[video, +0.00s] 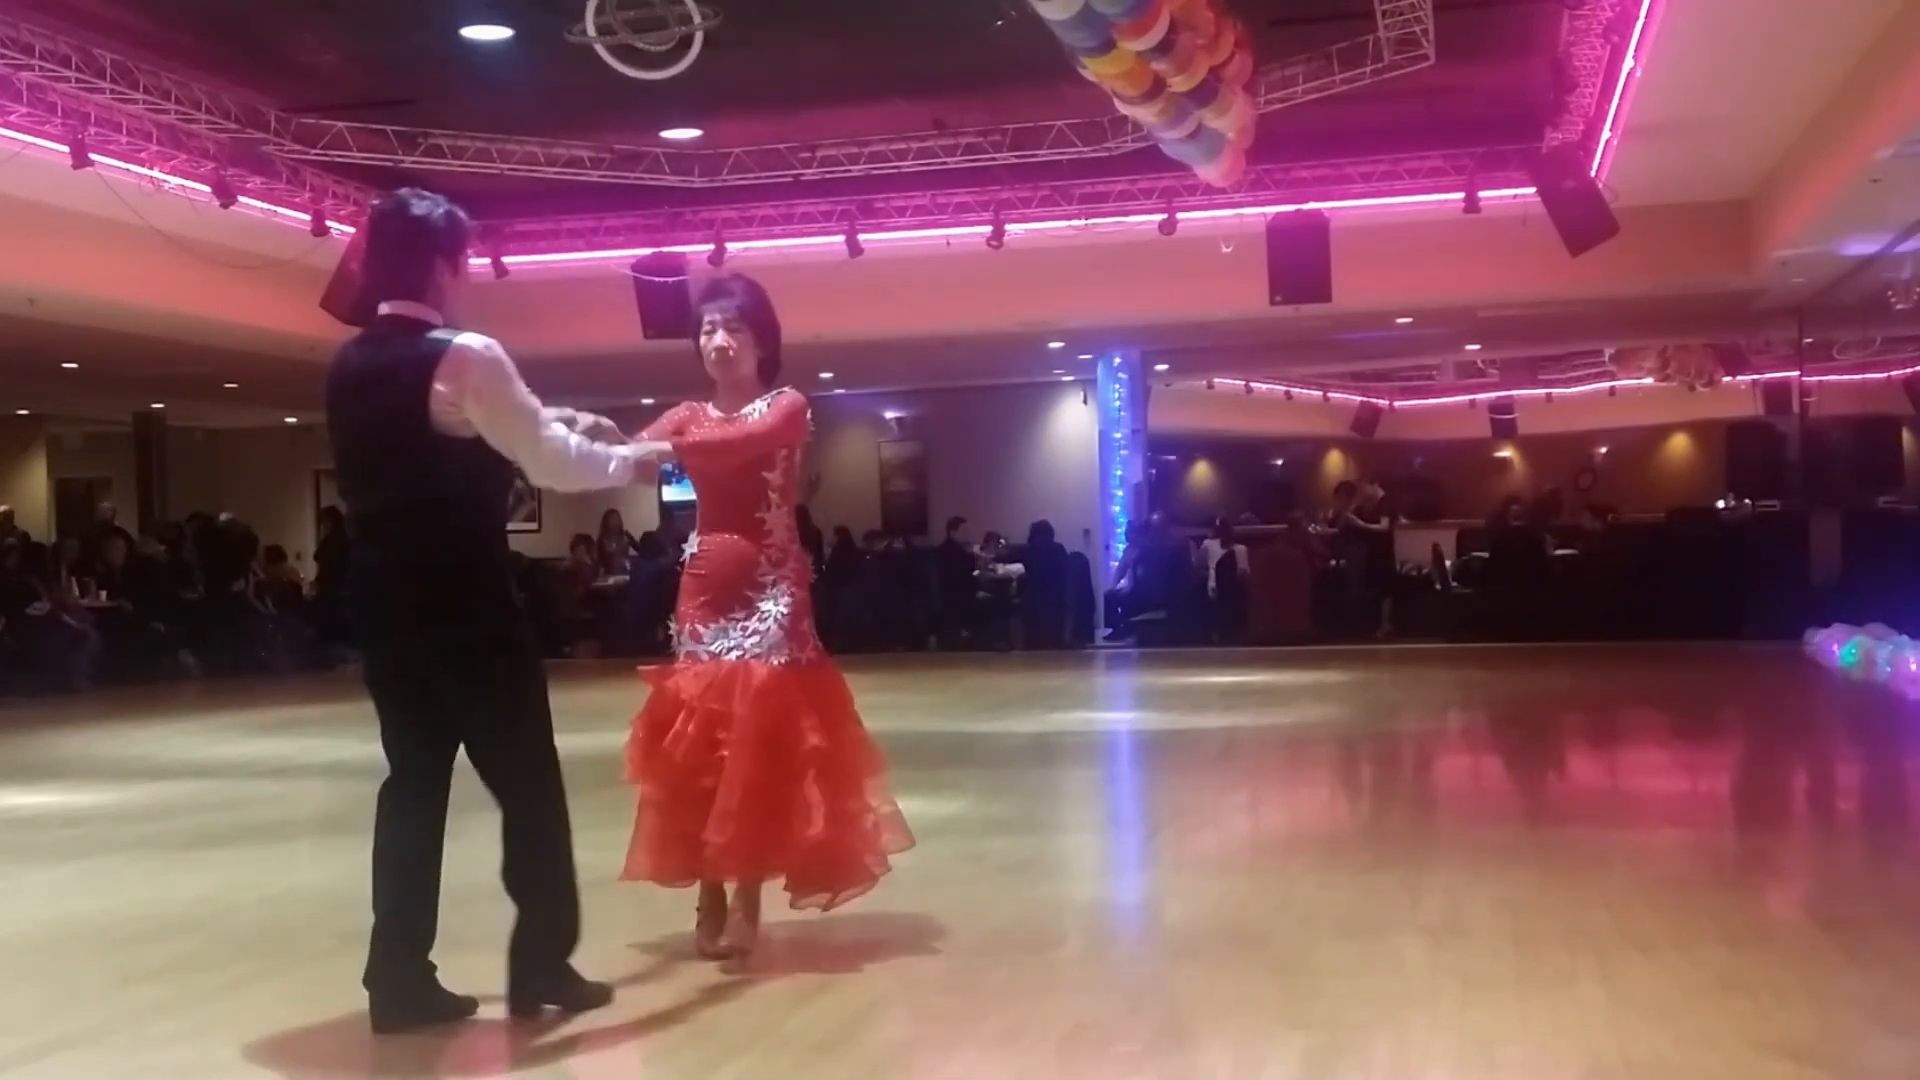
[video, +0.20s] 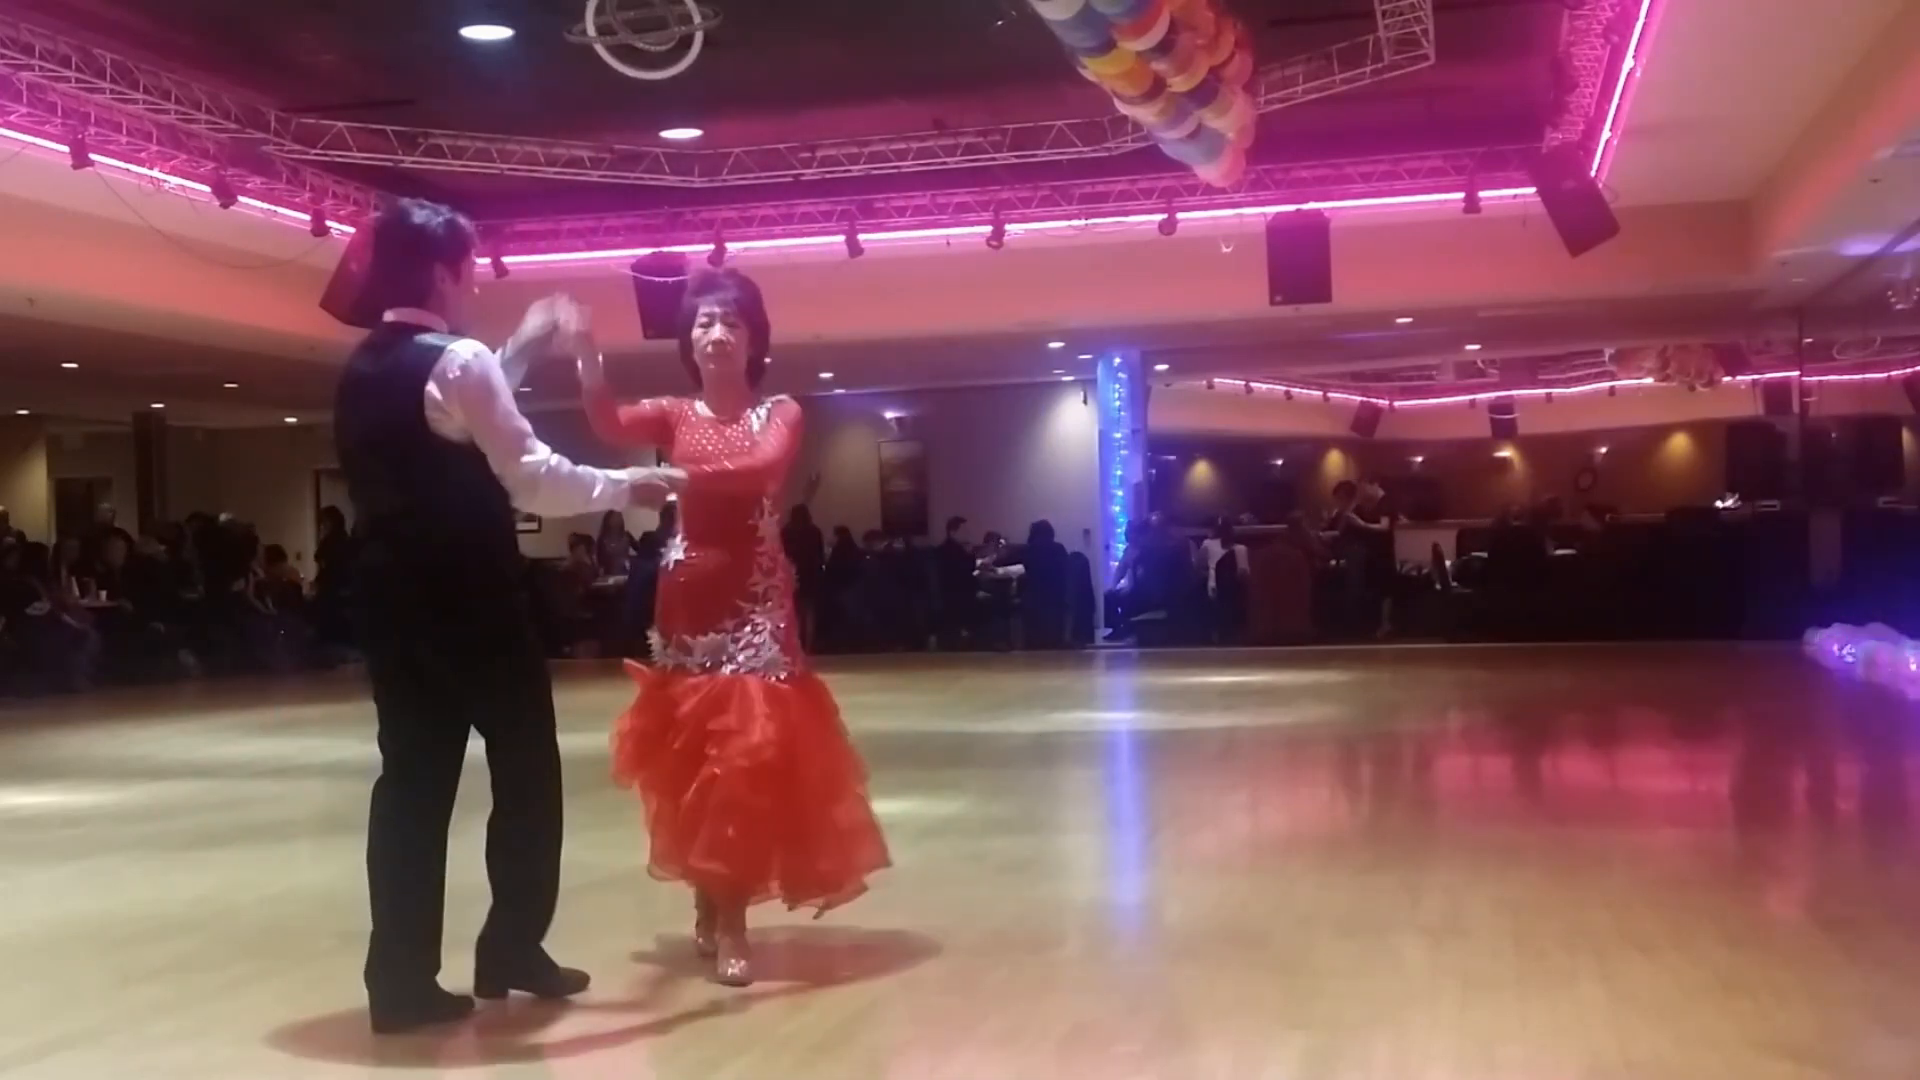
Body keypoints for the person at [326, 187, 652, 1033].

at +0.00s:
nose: (469, 273)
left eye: (464, 256)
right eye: (462, 258)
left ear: (383, 262)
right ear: (435, 263)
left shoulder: (352, 364)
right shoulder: (467, 362)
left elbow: (484, 426)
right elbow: (557, 464)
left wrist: (575, 425)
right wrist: (645, 459)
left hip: (389, 612)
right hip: (471, 610)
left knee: (413, 782)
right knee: (530, 784)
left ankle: (399, 983)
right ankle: (543, 968)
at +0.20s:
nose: (480, 278)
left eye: (476, 263)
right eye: (472, 263)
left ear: (393, 272)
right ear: (440, 270)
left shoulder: (365, 369)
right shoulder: (464, 366)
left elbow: (455, 410)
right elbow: (532, 477)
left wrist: (524, 341)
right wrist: (623, 485)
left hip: (400, 608)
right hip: (481, 607)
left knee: (412, 783)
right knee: (529, 776)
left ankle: (400, 985)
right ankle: (515, 948)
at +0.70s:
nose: (536, 282)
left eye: (532, 268)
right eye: (521, 270)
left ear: (487, 283)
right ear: (470, 281)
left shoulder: (505, 363)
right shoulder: (469, 370)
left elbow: (589, 368)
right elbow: (507, 483)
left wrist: (658, 318)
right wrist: (623, 481)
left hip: (536, 586)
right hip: (511, 591)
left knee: (531, 753)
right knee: (535, 757)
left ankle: (462, 914)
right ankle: (497, 947)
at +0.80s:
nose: (543, 277)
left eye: (539, 264)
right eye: (525, 268)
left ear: (516, 281)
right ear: (474, 283)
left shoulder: (550, 372)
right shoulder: (468, 374)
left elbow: (620, 433)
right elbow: (525, 473)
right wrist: (639, 481)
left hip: (560, 582)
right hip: (512, 590)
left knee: (547, 745)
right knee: (544, 746)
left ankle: (486, 905)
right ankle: (499, 943)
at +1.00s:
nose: (554, 295)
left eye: (556, 279)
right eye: (539, 281)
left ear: (541, 287)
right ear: (500, 289)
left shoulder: (561, 373)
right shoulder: (485, 373)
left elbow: (615, 448)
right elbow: (527, 467)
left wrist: (668, 493)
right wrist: (624, 490)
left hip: (576, 584)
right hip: (520, 593)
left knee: (564, 760)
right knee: (541, 762)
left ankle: (510, 919)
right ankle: (489, 920)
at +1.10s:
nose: (641, 320)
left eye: (635, 307)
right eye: (631, 309)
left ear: (555, 327)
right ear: (606, 321)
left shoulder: (553, 401)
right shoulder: (623, 396)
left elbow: (601, 479)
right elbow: (703, 467)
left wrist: (657, 517)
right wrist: (717, 528)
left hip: (578, 577)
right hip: (636, 578)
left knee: (577, 756)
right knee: (651, 759)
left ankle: (511, 923)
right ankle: (636, 941)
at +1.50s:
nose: (594, 296)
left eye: (598, 283)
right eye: (576, 286)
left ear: (608, 295)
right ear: (537, 301)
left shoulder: (630, 381)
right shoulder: (505, 383)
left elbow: (666, 466)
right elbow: (502, 484)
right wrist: (589, 500)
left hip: (633, 576)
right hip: (552, 580)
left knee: (641, 739)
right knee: (543, 749)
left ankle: (647, 916)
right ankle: (531, 937)